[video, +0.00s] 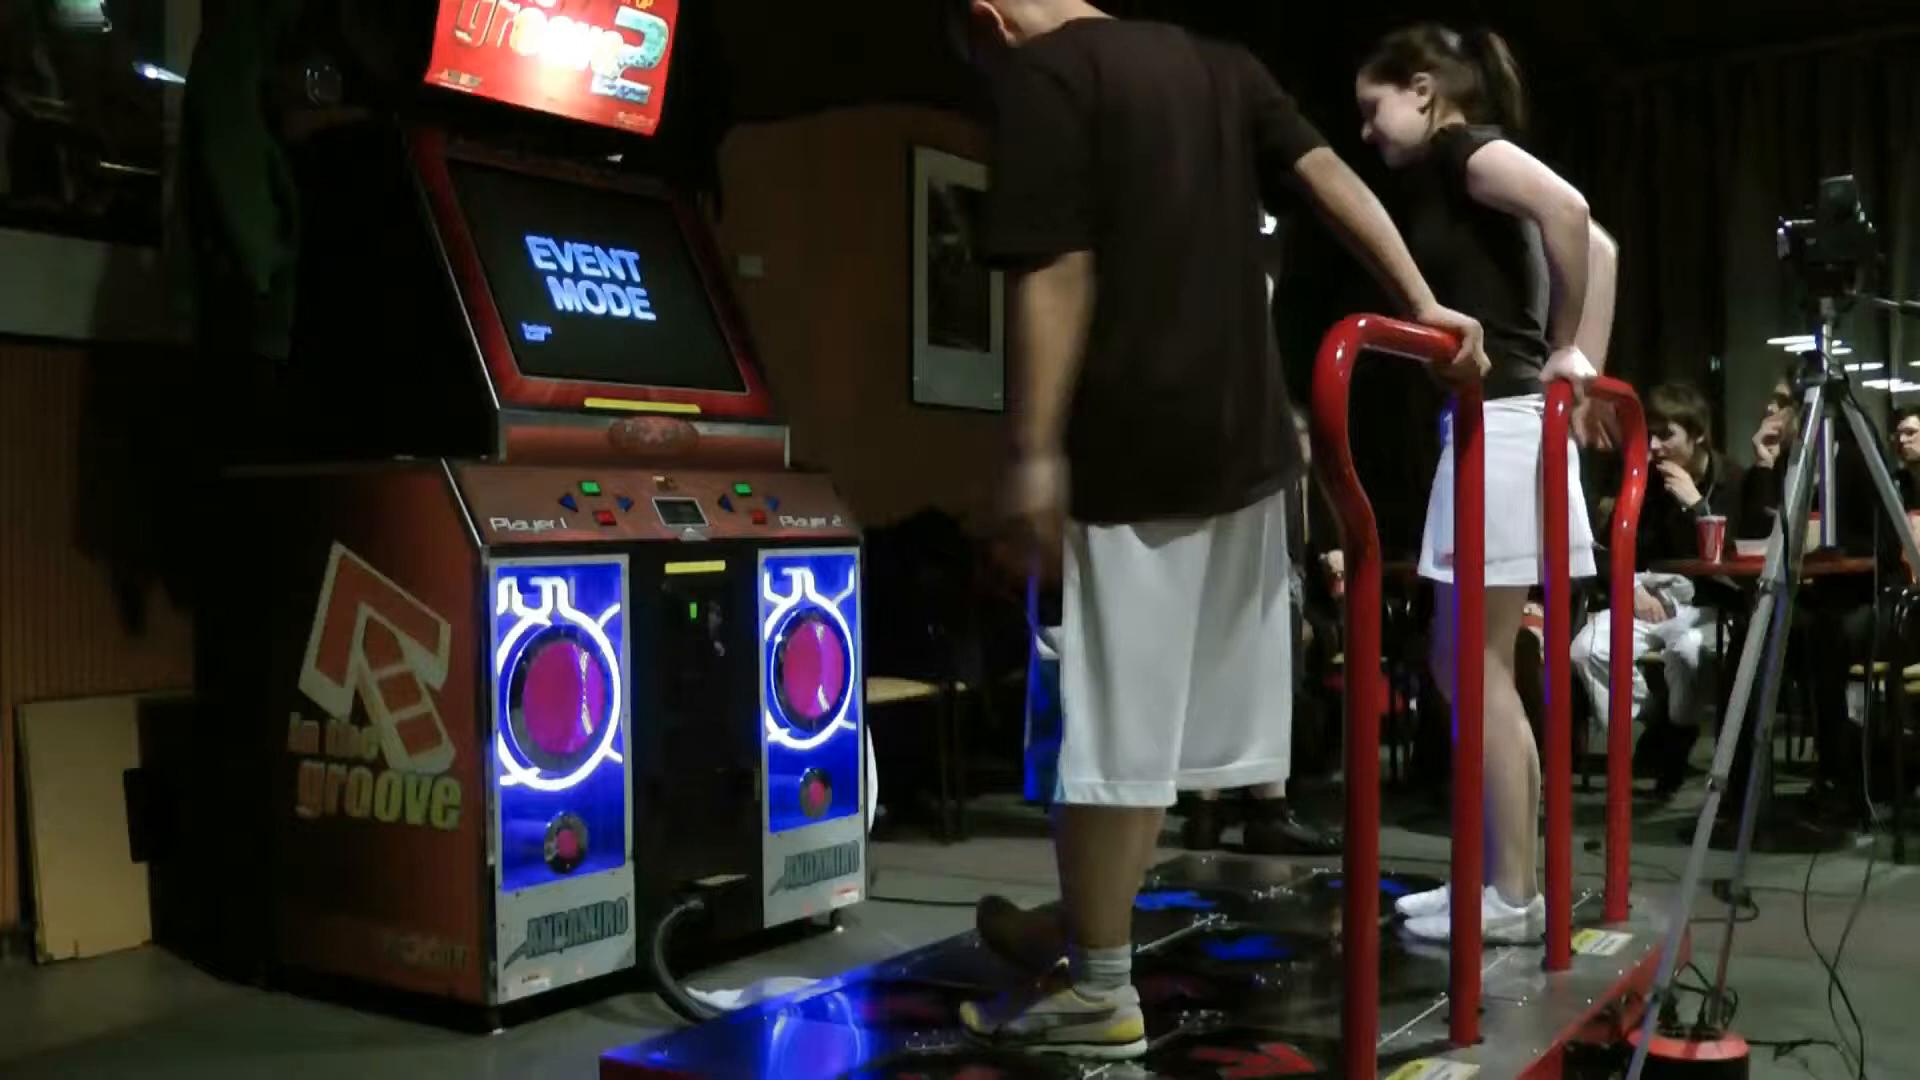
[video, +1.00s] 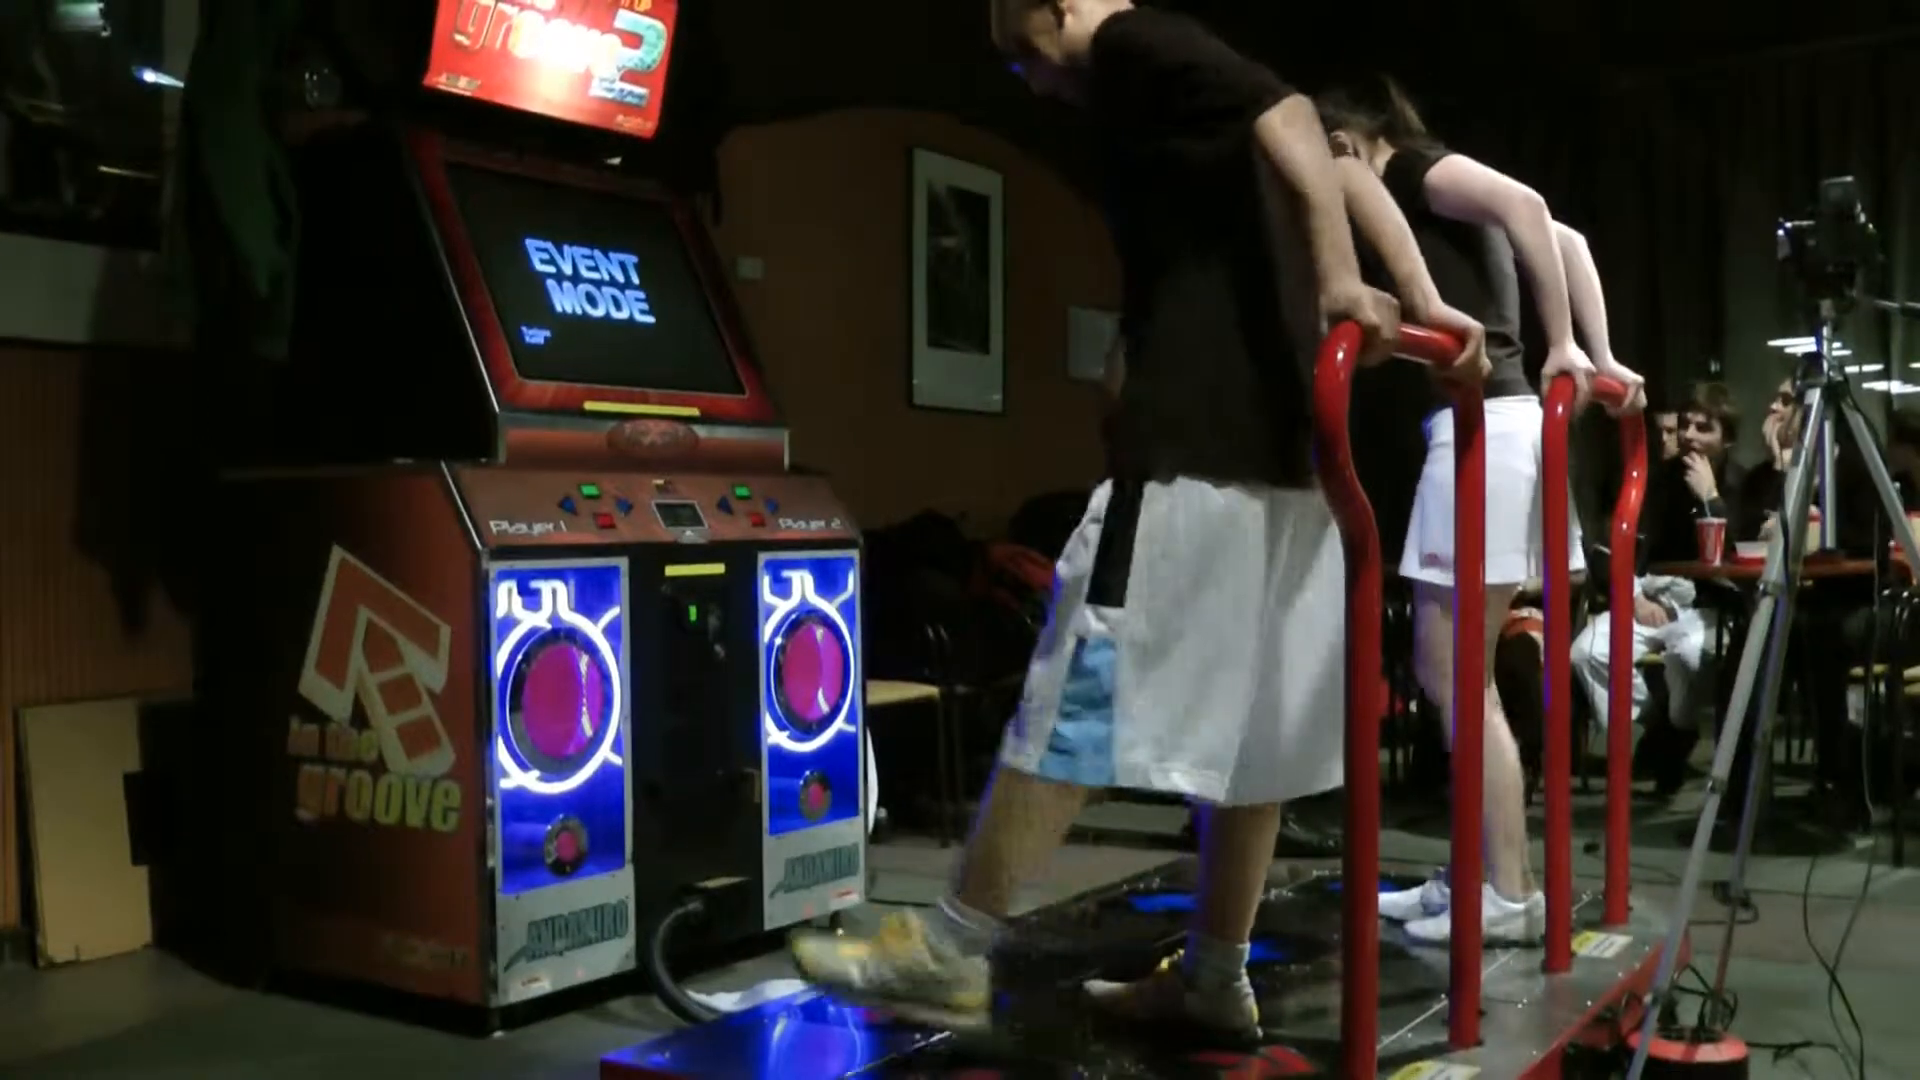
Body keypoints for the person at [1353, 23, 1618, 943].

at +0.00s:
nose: (1369, 124)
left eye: (1376, 104)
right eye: (1366, 108)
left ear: (1423, 90)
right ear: (1434, 97)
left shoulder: (1460, 149)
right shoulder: (1484, 162)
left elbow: (1567, 211)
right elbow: (1602, 242)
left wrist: (1574, 349)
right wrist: (1588, 361)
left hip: (1501, 429)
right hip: (1514, 426)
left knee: (1480, 667)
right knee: (1491, 667)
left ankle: (1509, 891)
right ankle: (1517, 885)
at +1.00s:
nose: (1334, 166)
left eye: (1336, 150)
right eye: (1329, 154)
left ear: (1366, 135)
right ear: (1385, 129)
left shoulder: (1415, 168)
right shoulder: (1434, 180)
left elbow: (1526, 209)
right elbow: (1566, 238)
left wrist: (1563, 347)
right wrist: (1604, 352)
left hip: (1485, 431)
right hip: (1501, 432)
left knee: (1455, 670)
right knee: (1450, 668)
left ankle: (1504, 891)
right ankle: (1487, 878)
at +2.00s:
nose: (1311, 172)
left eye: (1314, 153)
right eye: (1307, 157)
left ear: (1347, 133)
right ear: (1373, 131)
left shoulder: (1419, 175)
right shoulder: (1423, 192)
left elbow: (1525, 210)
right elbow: (1557, 252)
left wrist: (1558, 348)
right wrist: (1601, 361)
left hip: (1442, 443)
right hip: (1439, 444)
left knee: (1423, 665)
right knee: (1414, 665)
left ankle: (1450, 885)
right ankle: (1452, 869)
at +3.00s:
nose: (1314, 126)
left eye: (1323, 110)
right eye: (1316, 110)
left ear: (1368, 111)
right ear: (1391, 115)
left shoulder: (1380, 178)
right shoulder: (1430, 183)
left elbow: (1482, 230)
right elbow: (1547, 247)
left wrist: (1553, 353)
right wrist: (1600, 357)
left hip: (1385, 457)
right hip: (1436, 455)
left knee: (1330, 669)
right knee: (1394, 679)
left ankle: (1368, 875)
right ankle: (1403, 876)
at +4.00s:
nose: (1305, 133)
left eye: (1311, 114)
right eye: (1304, 117)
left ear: (1353, 106)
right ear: (1371, 109)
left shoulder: (1384, 166)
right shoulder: (1411, 172)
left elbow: (1501, 231)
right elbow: (1546, 245)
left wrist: (1559, 354)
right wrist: (1602, 359)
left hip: (1382, 438)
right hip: (1409, 439)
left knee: (1333, 655)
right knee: (1353, 657)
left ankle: (1346, 869)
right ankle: (1397, 859)